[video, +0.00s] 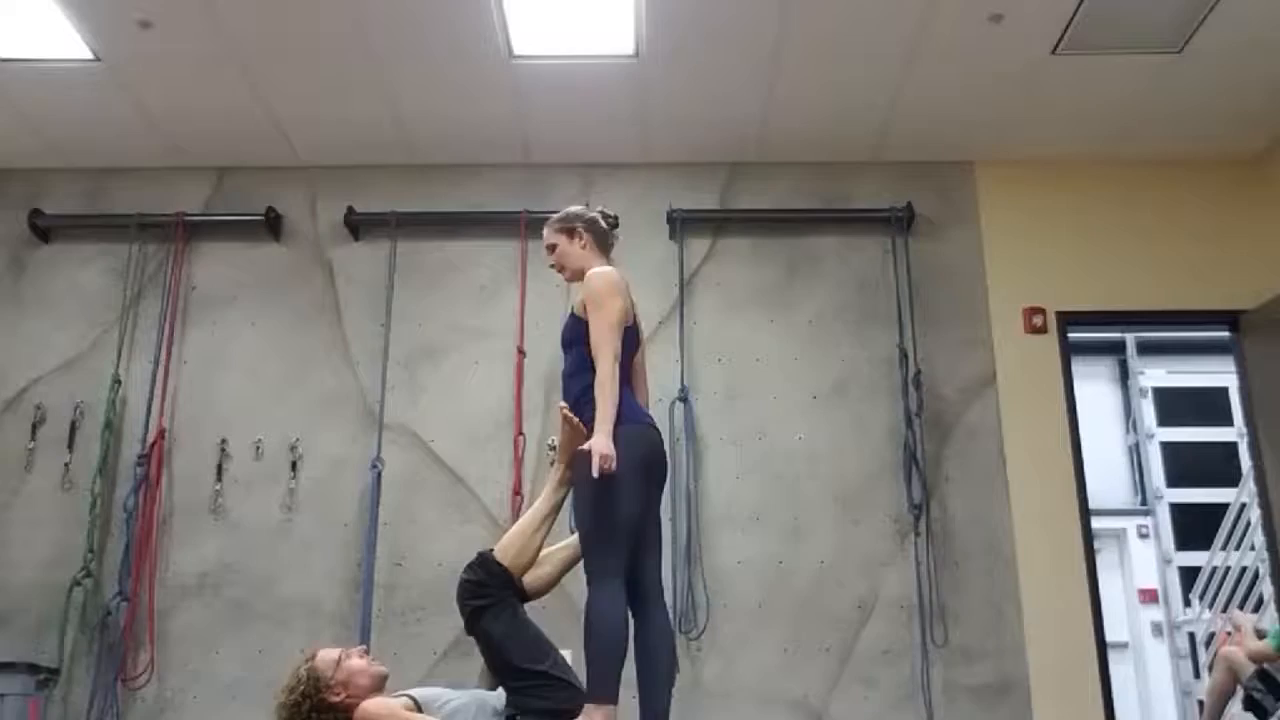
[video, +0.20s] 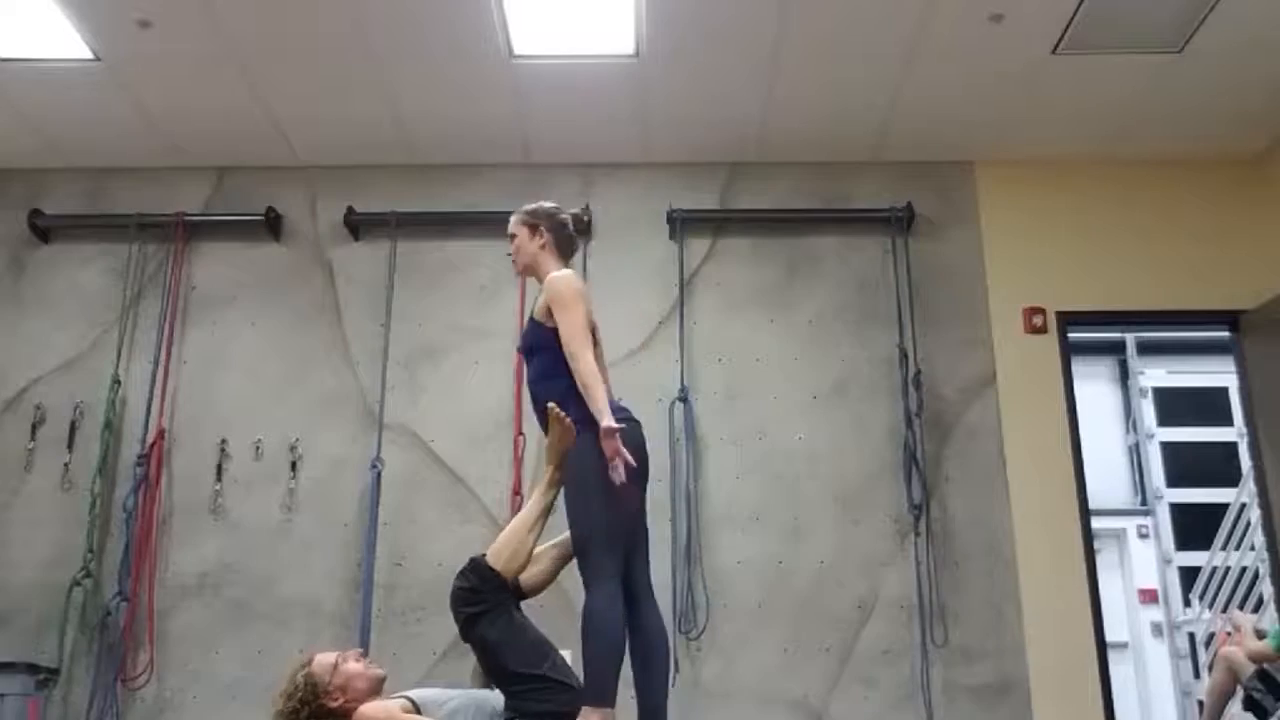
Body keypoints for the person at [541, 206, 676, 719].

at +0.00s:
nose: (550, 260)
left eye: (553, 249)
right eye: (547, 251)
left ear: (579, 239)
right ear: (586, 241)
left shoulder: (598, 278)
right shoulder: (619, 287)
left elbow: (607, 363)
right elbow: (638, 379)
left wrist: (603, 432)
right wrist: (642, 437)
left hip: (610, 442)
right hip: (640, 442)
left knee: (604, 583)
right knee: (647, 590)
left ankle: (599, 706)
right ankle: (657, 713)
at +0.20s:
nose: (510, 249)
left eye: (515, 238)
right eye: (510, 240)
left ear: (542, 238)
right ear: (545, 239)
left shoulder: (561, 284)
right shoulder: (559, 290)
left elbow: (583, 358)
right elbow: (575, 368)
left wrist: (606, 425)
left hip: (591, 439)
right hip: (610, 435)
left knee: (601, 582)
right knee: (636, 587)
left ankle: (597, 709)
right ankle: (654, 713)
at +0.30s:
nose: (482, 253)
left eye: (487, 243)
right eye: (483, 243)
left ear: (513, 243)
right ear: (513, 245)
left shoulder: (536, 288)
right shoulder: (532, 295)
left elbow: (565, 360)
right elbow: (539, 382)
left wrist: (595, 423)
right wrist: (527, 482)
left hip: (583, 438)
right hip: (596, 434)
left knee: (597, 582)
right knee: (630, 587)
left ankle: (596, 709)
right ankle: (654, 712)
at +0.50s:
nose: (395, 276)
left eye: (401, 266)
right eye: (397, 267)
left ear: (427, 269)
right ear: (433, 271)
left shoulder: (451, 316)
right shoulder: (468, 318)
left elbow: (491, 378)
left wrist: (530, 426)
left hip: (536, 449)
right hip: (563, 441)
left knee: (568, 591)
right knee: (610, 588)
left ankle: (592, 710)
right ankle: (649, 711)